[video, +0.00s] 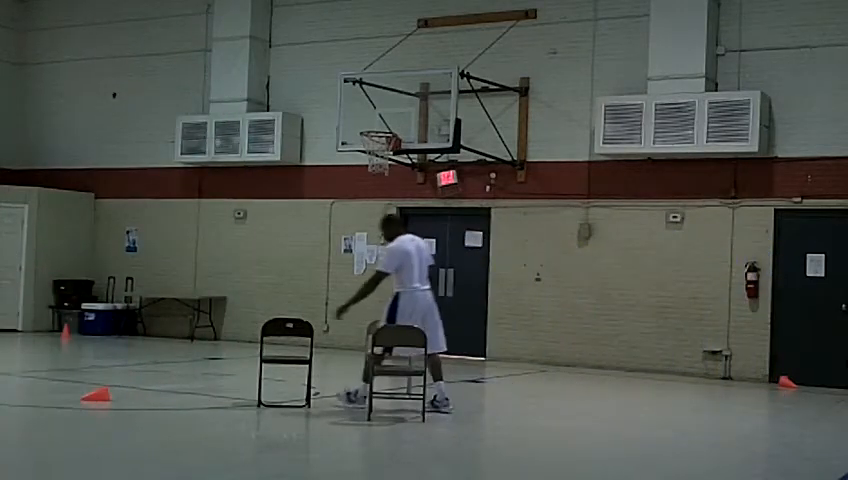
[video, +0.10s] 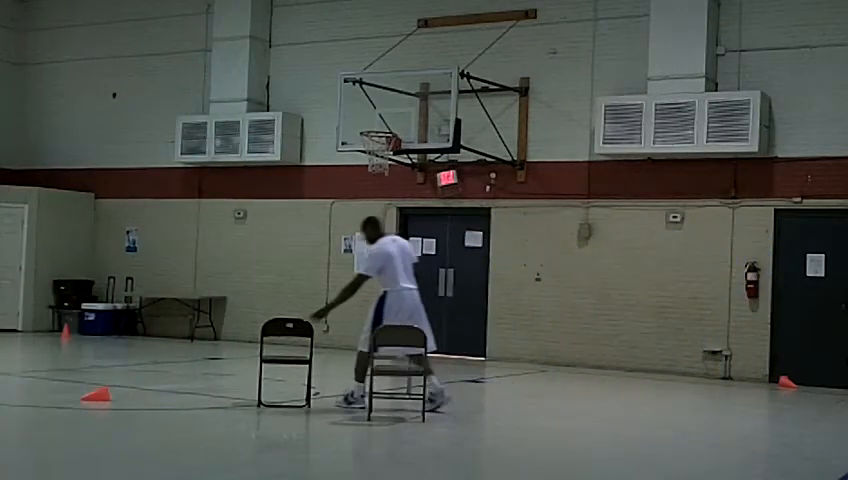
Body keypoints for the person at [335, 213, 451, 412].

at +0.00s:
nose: (383, 235)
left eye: (384, 231)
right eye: (383, 231)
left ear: (392, 228)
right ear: (402, 227)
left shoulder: (396, 247)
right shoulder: (421, 242)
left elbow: (375, 281)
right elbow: (430, 267)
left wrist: (348, 304)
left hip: (405, 299)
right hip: (426, 297)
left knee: (383, 347)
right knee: (431, 349)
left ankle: (362, 392)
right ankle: (441, 396)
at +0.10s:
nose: (364, 238)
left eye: (364, 233)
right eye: (363, 234)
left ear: (369, 232)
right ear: (381, 229)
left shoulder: (378, 249)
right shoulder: (404, 243)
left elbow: (354, 285)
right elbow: (415, 264)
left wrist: (327, 308)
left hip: (391, 298)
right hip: (413, 297)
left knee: (366, 345)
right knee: (413, 346)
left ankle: (358, 393)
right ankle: (436, 388)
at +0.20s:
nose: (350, 241)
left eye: (349, 237)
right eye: (349, 237)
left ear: (352, 235)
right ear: (364, 229)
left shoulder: (361, 251)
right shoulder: (390, 241)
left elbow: (339, 288)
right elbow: (404, 267)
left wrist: (314, 312)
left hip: (380, 296)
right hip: (402, 294)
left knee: (359, 345)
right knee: (396, 344)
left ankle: (357, 394)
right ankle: (422, 382)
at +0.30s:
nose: (337, 239)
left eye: (336, 236)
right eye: (336, 236)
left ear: (340, 234)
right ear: (352, 228)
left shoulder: (350, 249)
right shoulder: (378, 238)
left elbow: (334, 286)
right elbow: (397, 263)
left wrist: (311, 312)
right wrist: (402, 287)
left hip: (372, 293)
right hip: (393, 290)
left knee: (355, 343)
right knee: (385, 339)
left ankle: (356, 394)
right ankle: (405, 381)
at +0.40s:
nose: (329, 241)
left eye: (328, 237)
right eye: (327, 237)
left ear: (331, 233)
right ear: (342, 227)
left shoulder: (344, 246)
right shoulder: (367, 237)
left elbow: (329, 284)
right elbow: (388, 262)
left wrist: (305, 312)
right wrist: (397, 291)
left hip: (366, 291)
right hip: (385, 288)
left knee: (354, 342)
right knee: (376, 338)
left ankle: (356, 393)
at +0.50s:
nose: (322, 240)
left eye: (321, 237)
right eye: (320, 237)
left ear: (324, 233)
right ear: (335, 227)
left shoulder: (336, 246)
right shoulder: (361, 237)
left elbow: (323, 284)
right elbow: (380, 264)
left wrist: (300, 314)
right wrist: (387, 294)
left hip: (359, 291)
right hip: (377, 288)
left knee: (355, 343)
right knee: (363, 341)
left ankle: (356, 393)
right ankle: (359, 389)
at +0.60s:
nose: (316, 241)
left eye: (316, 237)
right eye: (315, 237)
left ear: (319, 233)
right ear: (329, 227)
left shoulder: (331, 246)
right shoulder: (353, 239)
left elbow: (320, 284)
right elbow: (372, 265)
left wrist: (298, 314)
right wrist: (376, 294)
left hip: (352, 290)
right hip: (368, 288)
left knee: (351, 342)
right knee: (355, 340)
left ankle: (356, 393)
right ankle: (339, 381)